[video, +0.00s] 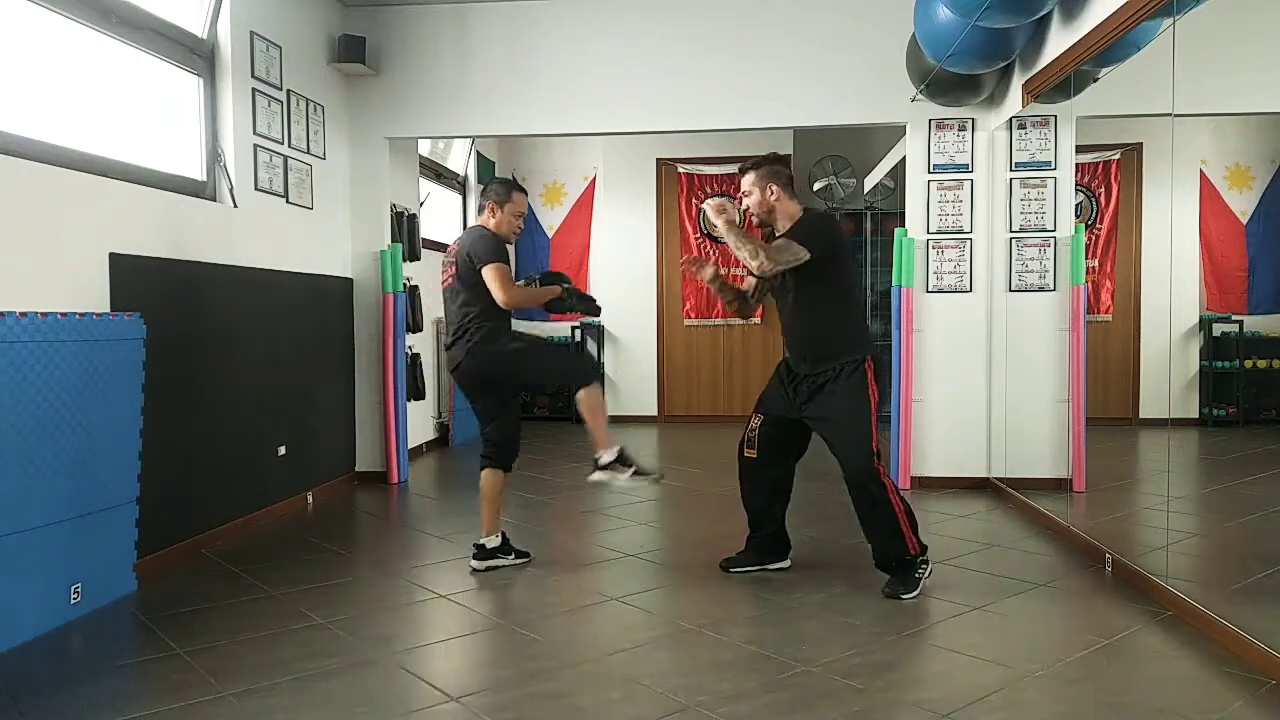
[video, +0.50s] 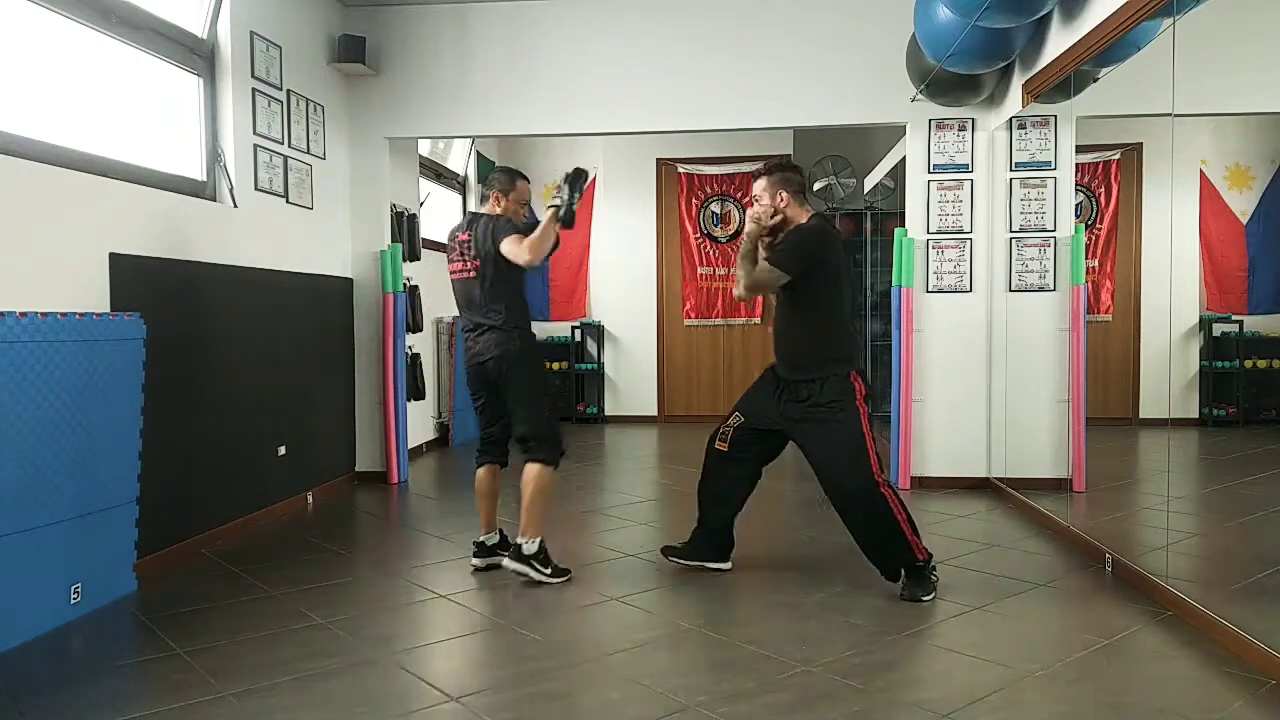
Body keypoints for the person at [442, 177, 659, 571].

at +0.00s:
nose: (521, 224)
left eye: (522, 217)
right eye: (517, 215)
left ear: (490, 212)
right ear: (491, 209)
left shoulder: (467, 242)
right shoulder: (484, 239)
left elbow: (495, 300)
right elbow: (507, 296)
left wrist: (535, 289)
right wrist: (554, 293)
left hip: (469, 360)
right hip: (490, 351)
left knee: (498, 445)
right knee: (582, 366)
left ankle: (490, 544)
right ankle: (607, 454)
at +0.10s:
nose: (520, 223)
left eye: (521, 216)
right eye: (515, 214)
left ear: (489, 213)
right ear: (489, 209)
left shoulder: (471, 243)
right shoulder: (480, 239)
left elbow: (502, 296)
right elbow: (511, 292)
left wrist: (540, 278)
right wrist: (553, 277)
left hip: (474, 357)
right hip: (493, 339)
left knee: (499, 444)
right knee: (590, 324)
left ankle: (490, 543)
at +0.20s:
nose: (517, 222)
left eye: (519, 216)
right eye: (512, 214)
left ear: (490, 213)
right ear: (487, 209)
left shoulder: (485, 247)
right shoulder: (473, 240)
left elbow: (506, 295)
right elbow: (493, 296)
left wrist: (546, 286)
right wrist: (543, 277)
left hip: (483, 351)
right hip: (498, 334)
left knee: (503, 442)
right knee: (598, 314)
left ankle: (490, 544)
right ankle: (659, 372)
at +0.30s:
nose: (516, 221)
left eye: (517, 214)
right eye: (510, 213)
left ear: (492, 211)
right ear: (485, 207)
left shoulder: (494, 248)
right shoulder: (469, 237)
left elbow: (498, 295)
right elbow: (459, 285)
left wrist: (535, 282)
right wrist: (510, 270)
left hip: (489, 354)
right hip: (507, 343)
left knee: (503, 443)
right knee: (607, 347)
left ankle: (490, 543)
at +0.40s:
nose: (517, 217)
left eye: (519, 211)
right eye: (513, 209)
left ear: (486, 207)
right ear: (489, 203)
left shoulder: (468, 237)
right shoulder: (478, 228)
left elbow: (498, 268)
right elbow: (475, 265)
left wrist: (525, 247)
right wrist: (514, 238)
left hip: (484, 352)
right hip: (512, 345)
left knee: (497, 445)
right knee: (591, 405)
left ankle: (490, 543)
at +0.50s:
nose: (525, 212)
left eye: (527, 205)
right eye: (521, 204)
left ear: (489, 199)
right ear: (497, 197)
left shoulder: (460, 232)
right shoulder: (498, 227)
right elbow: (529, 254)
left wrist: (550, 224)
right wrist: (555, 213)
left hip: (477, 350)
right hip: (512, 348)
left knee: (491, 445)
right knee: (543, 446)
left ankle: (488, 541)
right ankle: (530, 547)